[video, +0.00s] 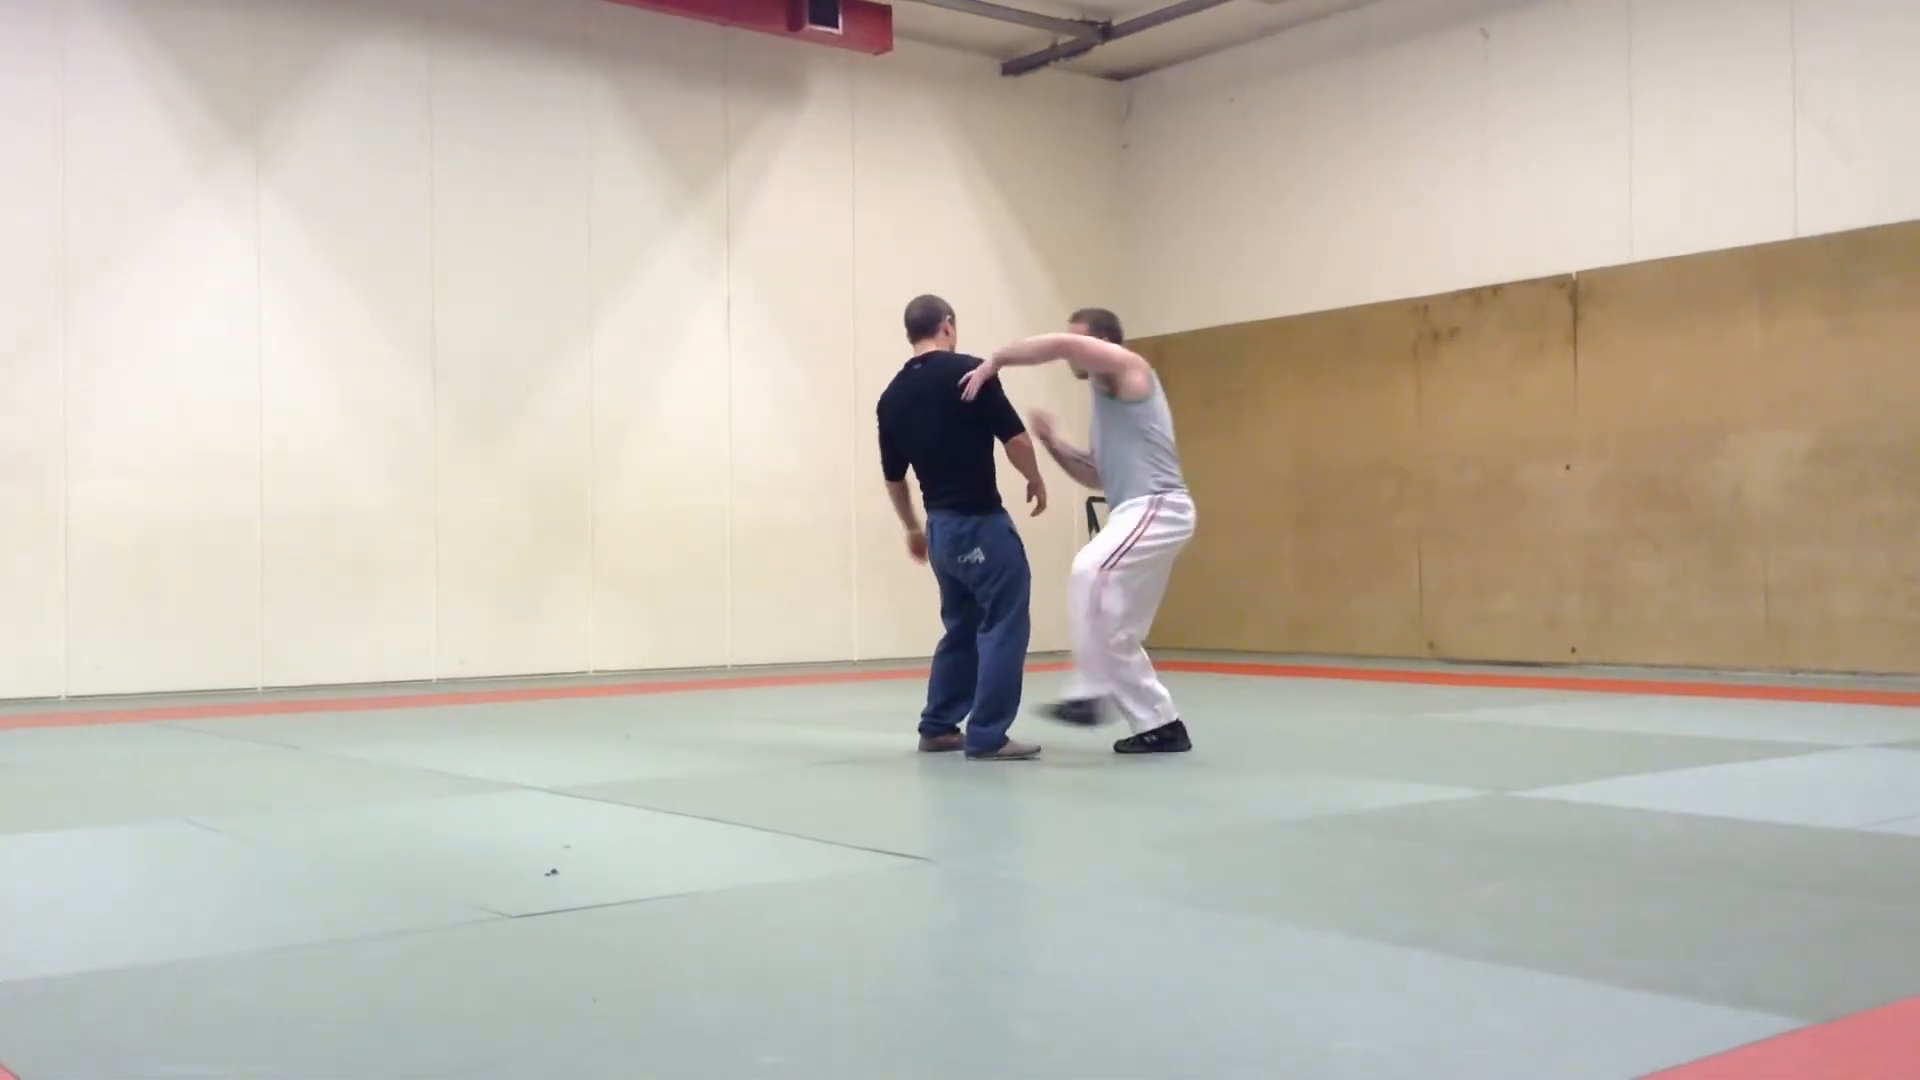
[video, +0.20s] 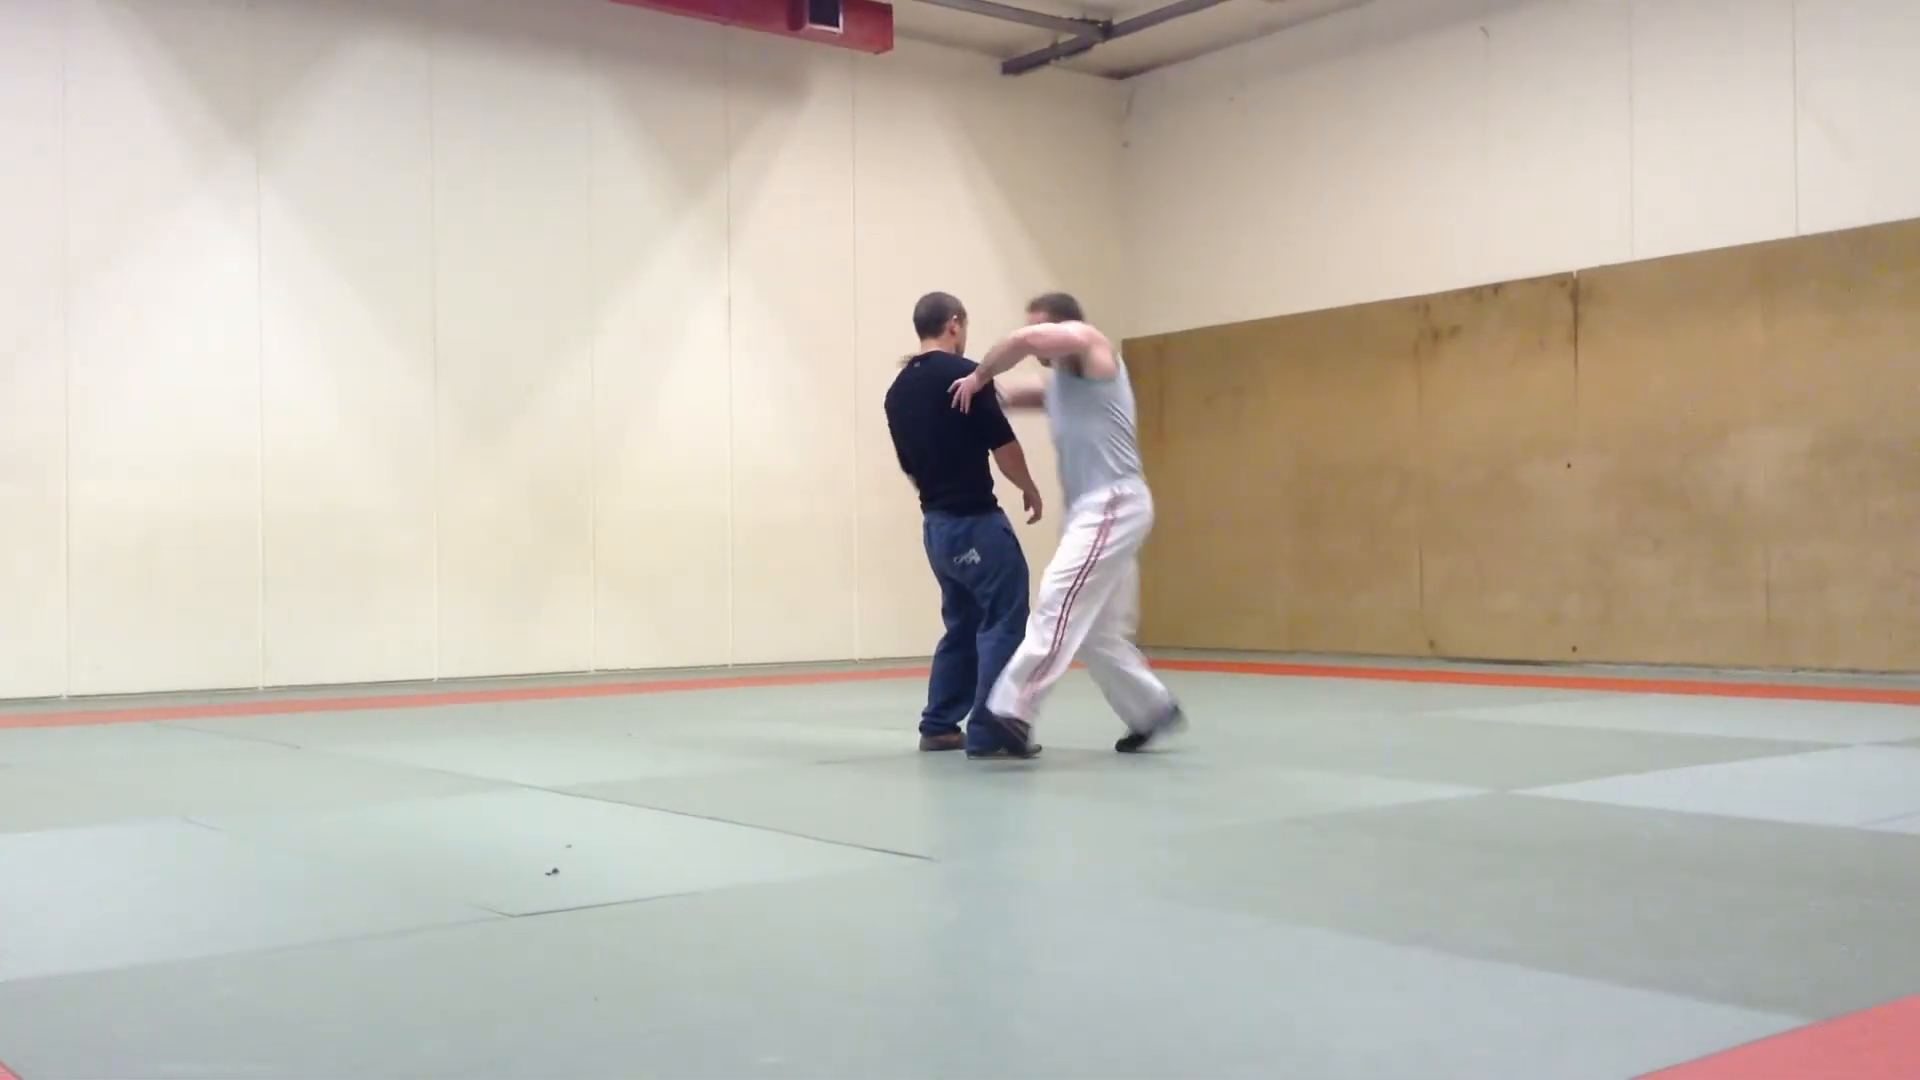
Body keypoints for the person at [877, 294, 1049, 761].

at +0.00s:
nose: (956, 334)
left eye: (952, 328)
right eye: (955, 327)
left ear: (908, 334)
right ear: (948, 328)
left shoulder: (892, 395)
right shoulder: (972, 371)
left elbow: (894, 476)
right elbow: (1015, 439)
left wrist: (911, 527)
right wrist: (1033, 478)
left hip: (940, 527)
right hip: (984, 525)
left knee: (960, 626)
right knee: (1007, 624)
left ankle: (938, 726)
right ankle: (988, 736)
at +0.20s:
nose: (966, 334)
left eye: (964, 327)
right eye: (965, 327)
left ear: (918, 330)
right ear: (954, 326)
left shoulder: (898, 390)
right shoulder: (968, 375)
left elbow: (910, 464)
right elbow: (1004, 447)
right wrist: (1028, 488)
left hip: (937, 526)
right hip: (978, 524)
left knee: (961, 623)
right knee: (1006, 622)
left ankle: (939, 724)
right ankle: (989, 730)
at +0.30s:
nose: (970, 333)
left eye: (970, 326)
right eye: (969, 326)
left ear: (923, 327)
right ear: (956, 324)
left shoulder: (899, 380)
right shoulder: (963, 373)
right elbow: (1003, 455)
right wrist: (1030, 488)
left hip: (936, 521)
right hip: (977, 521)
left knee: (960, 621)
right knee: (1005, 619)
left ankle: (939, 722)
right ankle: (989, 732)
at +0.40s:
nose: (970, 333)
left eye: (969, 325)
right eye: (969, 325)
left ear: (923, 326)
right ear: (957, 324)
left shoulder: (898, 380)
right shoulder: (964, 376)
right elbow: (996, 445)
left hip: (937, 515)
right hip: (979, 511)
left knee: (963, 617)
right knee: (1009, 616)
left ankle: (940, 721)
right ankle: (990, 732)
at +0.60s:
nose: (947, 345)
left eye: (943, 337)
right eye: (943, 338)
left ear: (895, 344)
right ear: (932, 341)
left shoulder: (882, 396)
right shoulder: (954, 395)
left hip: (930, 524)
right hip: (967, 519)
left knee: (962, 618)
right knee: (1011, 616)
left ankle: (942, 719)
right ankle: (993, 729)